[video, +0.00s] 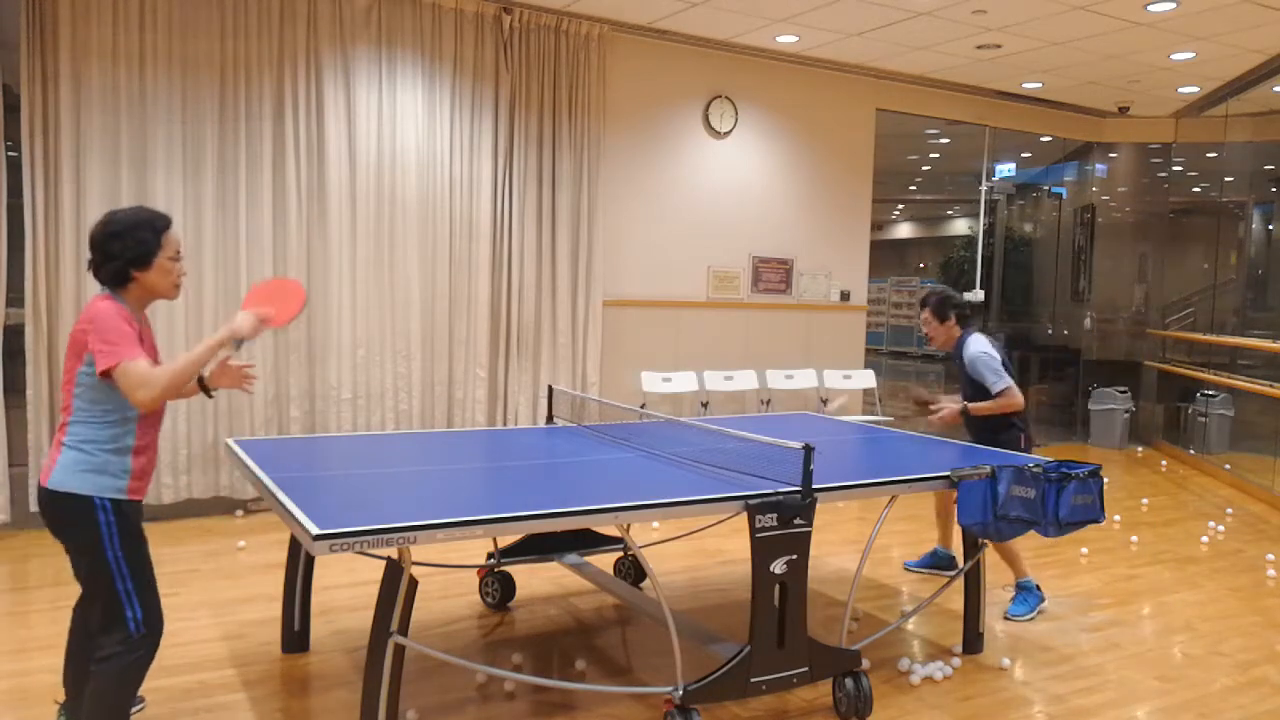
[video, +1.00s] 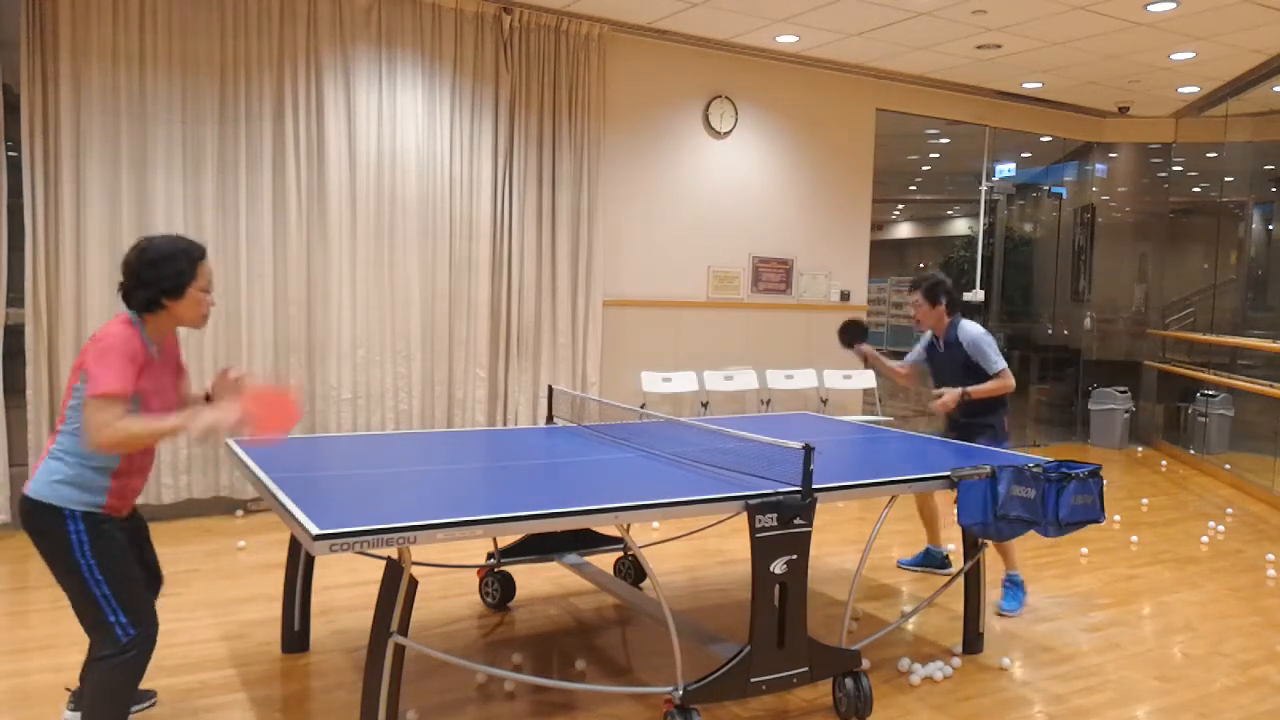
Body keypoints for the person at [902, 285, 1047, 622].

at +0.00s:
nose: (924, 332)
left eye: (928, 324)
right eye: (923, 325)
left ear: (949, 320)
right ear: (949, 322)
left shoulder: (976, 352)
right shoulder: (966, 348)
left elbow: (1015, 401)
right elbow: (981, 395)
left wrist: (962, 410)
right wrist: (945, 402)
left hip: (1006, 451)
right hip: (985, 446)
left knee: (982, 518)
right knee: (942, 480)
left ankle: (1027, 587)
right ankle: (945, 552)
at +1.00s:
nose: (913, 312)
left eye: (918, 305)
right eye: (912, 306)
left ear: (940, 305)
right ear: (933, 307)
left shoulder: (971, 334)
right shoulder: (930, 340)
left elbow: (1007, 382)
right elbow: (903, 375)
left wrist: (961, 393)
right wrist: (872, 356)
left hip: (988, 434)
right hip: (955, 432)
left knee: (985, 506)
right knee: (921, 482)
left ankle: (1013, 578)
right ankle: (936, 552)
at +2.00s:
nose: (926, 309)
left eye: (933, 302)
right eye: (923, 303)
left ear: (956, 305)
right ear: (923, 306)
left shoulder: (986, 338)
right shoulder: (924, 339)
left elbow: (1014, 384)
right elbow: (902, 383)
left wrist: (981, 390)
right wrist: (881, 363)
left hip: (985, 434)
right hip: (945, 430)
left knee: (985, 499)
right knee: (911, 475)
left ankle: (1005, 576)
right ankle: (922, 547)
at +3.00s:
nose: (865, 311)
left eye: (872, 305)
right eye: (862, 305)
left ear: (891, 311)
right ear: (859, 307)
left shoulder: (912, 341)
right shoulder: (856, 340)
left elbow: (942, 382)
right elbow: (834, 375)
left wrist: (916, 405)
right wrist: (815, 375)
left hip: (909, 429)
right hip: (872, 427)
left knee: (911, 485)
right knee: (844, 470)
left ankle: (932, 548)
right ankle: (852, 527)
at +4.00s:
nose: (918, 305)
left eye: (925, 298)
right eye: (914, 298)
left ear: (946, 302)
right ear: (909, 300)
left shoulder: (968, 333)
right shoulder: (901, 332)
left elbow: (994, 367)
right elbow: (889, 380)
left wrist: (978, 391)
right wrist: (893, 382)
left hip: (958, 424)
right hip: (918, 422)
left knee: (956, 488)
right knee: (899, 480)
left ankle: (972, 563)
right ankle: (915, 544)